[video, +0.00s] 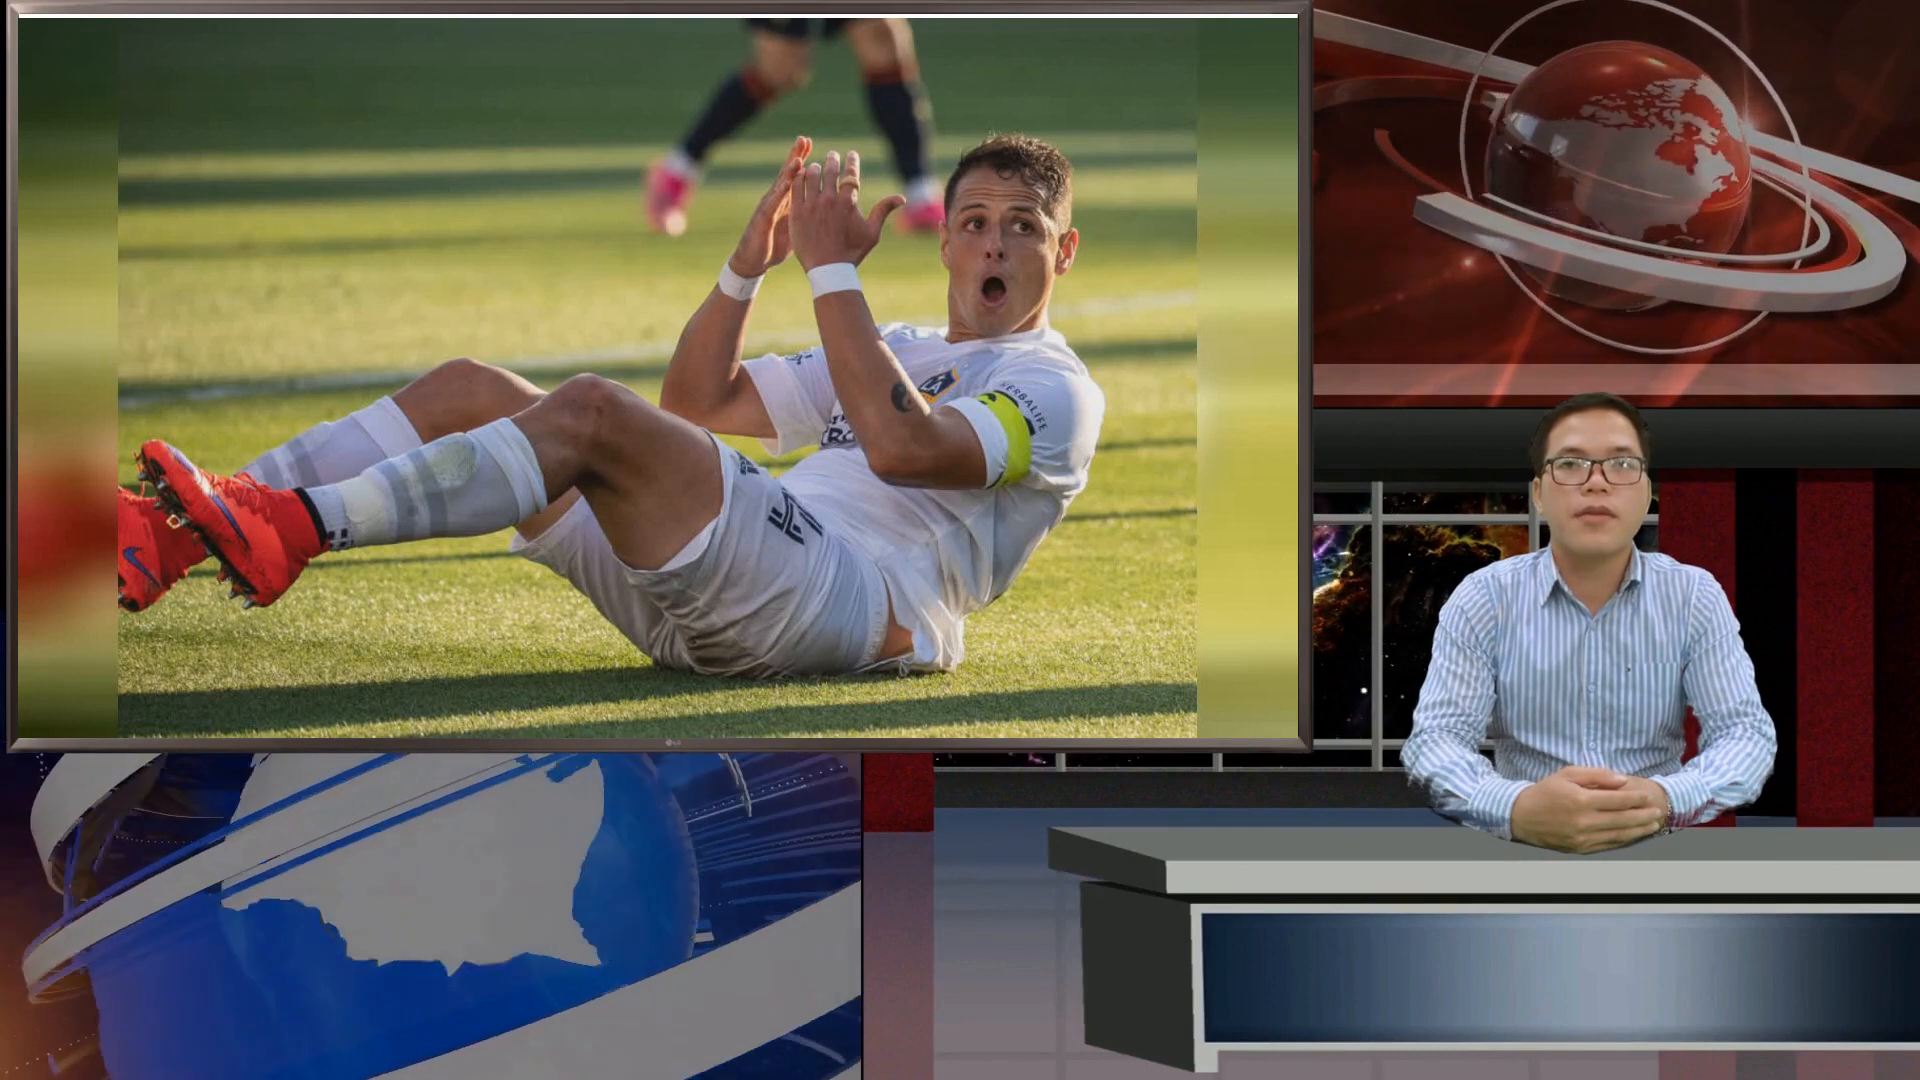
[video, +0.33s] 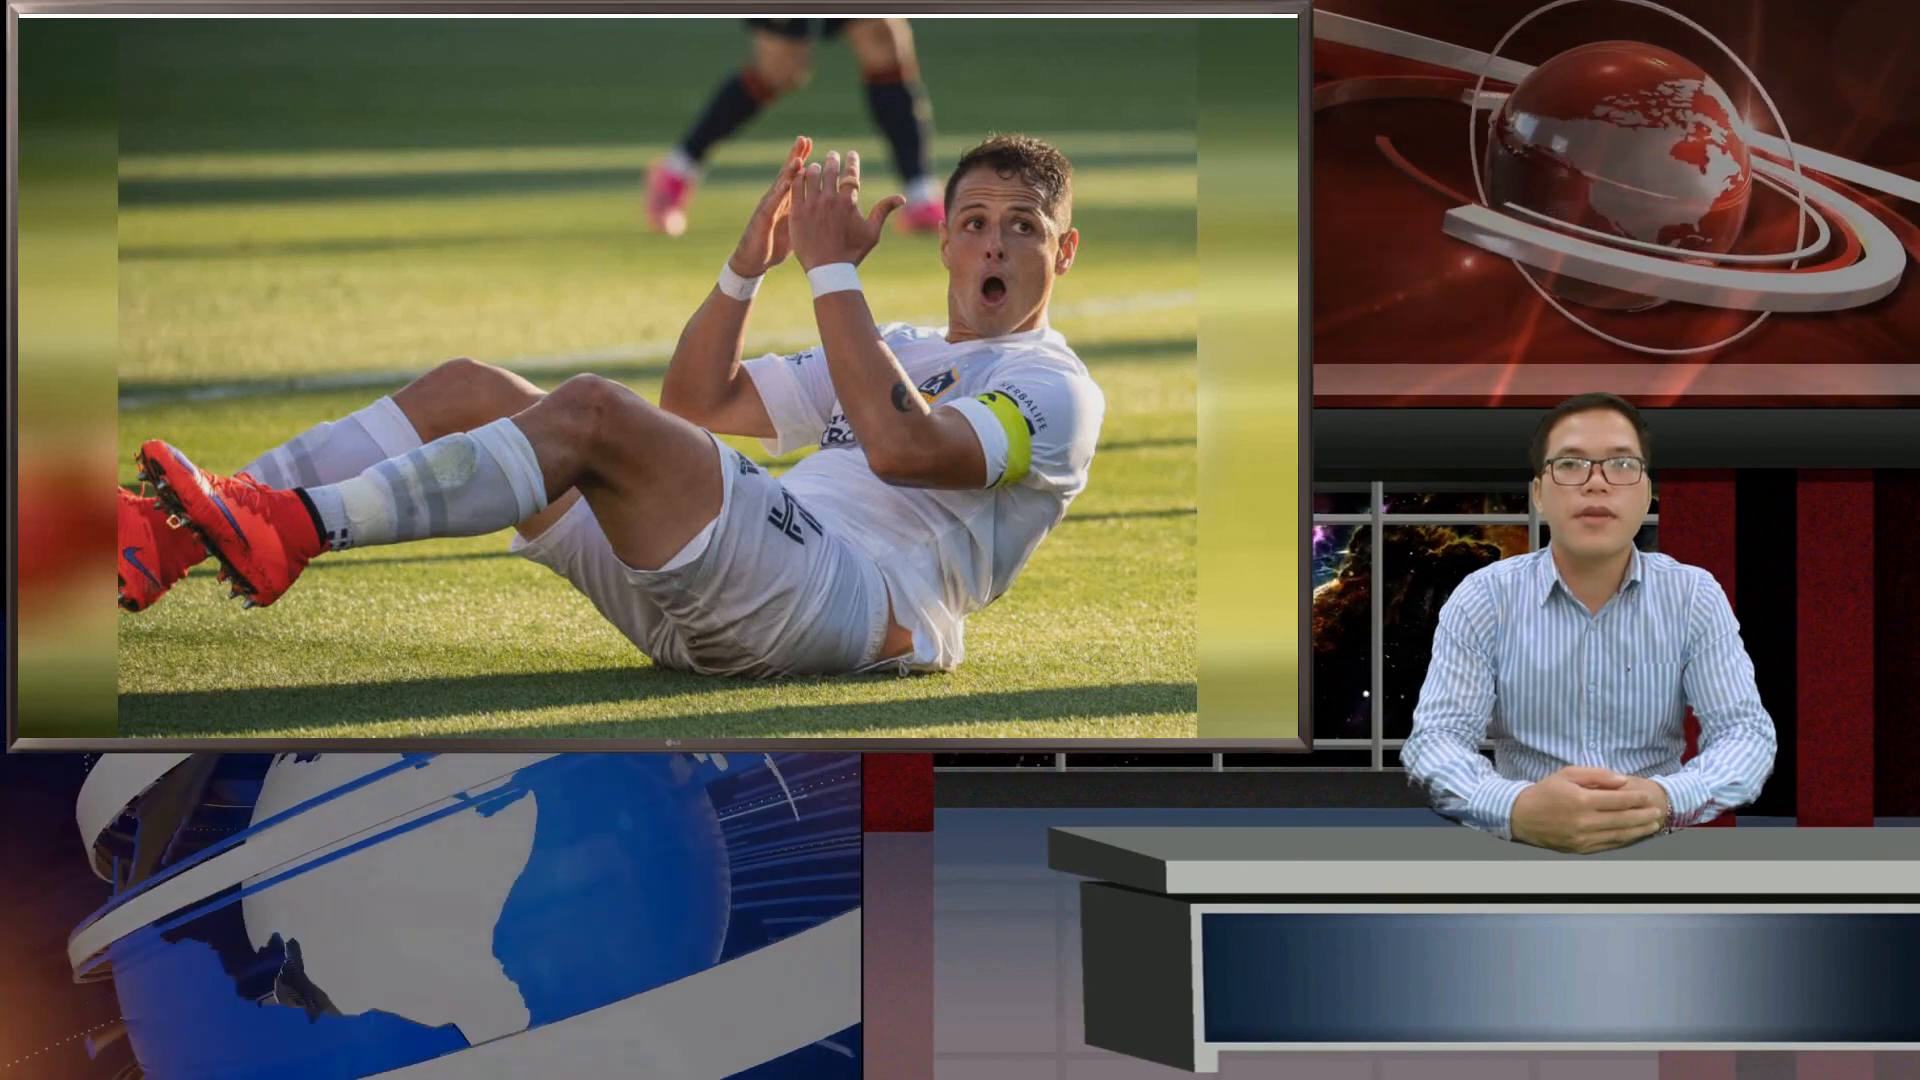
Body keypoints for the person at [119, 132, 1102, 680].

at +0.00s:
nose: (996, 246)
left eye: (1023, 229)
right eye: (977, 223)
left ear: (1066, 257)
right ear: (943, 241)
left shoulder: (1056, 389)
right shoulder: (892, 358)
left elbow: (901, 447)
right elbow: (695, 405)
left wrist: (833, 268)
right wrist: (747, 269)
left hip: (840, 604)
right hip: (732, 572)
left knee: (593, 413)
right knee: (467, 389)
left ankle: (300, 524)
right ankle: (175, 541)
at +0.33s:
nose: (996, 246)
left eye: (1023, 229)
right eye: (977, 223)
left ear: (1066, 257)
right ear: (943, 241)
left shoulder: (1056, 389)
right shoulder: (892, 358)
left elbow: (901, 447)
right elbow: (695, 405)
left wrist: (833, 268)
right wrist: (747, 269)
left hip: (840, 604)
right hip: (732, 572)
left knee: (593, 413)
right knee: (467, 389)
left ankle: (300, 524)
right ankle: (175, 541)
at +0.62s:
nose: (996, 246)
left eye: (1023, 230)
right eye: (976, 223)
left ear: (1066, 257)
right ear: (943, 241)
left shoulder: (1056, 389)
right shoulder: (892, 358)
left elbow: (901, 447)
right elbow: (695, 405)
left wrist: (833, 268)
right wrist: (747, 269)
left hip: (840, 604)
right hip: (732, 572)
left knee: (593, 413)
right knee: (468, 389)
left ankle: (300, 524)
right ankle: (175, 541)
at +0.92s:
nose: (996, 246)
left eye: (1023, 230)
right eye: (976, 223)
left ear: (1065, 257)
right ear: (943, 241)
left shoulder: (1056, 389)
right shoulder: (892, 358)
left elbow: (901, 446)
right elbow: (695, 406)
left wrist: (833, 268)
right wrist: (746, 270)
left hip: (839, 603)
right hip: (731, 572)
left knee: (593, 413)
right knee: (467, 389)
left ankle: (299, 524)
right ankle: (180, 538)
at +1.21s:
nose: (995, 246)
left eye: (1022, 229)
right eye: (975, 224)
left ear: (1066, 256)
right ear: (942, 242)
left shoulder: (1054, 388)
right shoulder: (893, 359)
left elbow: (902, 448)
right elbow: (695, 404)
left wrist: (833, 270)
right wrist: (746, 270)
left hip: (843, 602)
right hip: (735, 574)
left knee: (592, 413)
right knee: (467, 389)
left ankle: (299, 524)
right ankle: (175, 542)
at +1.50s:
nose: (995, 246)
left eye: (1022, 230)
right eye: (975, 224)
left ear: (1065, 257)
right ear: (942, 242)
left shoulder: (1054, 389)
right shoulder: (893, 358)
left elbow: (901, 447)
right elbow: (695, 404)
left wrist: (834, 270)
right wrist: (746, 270)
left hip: (842, 602)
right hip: (735, 572)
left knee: (592, 413)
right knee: (468, 389)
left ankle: (300, 524)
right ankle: (174, 542)